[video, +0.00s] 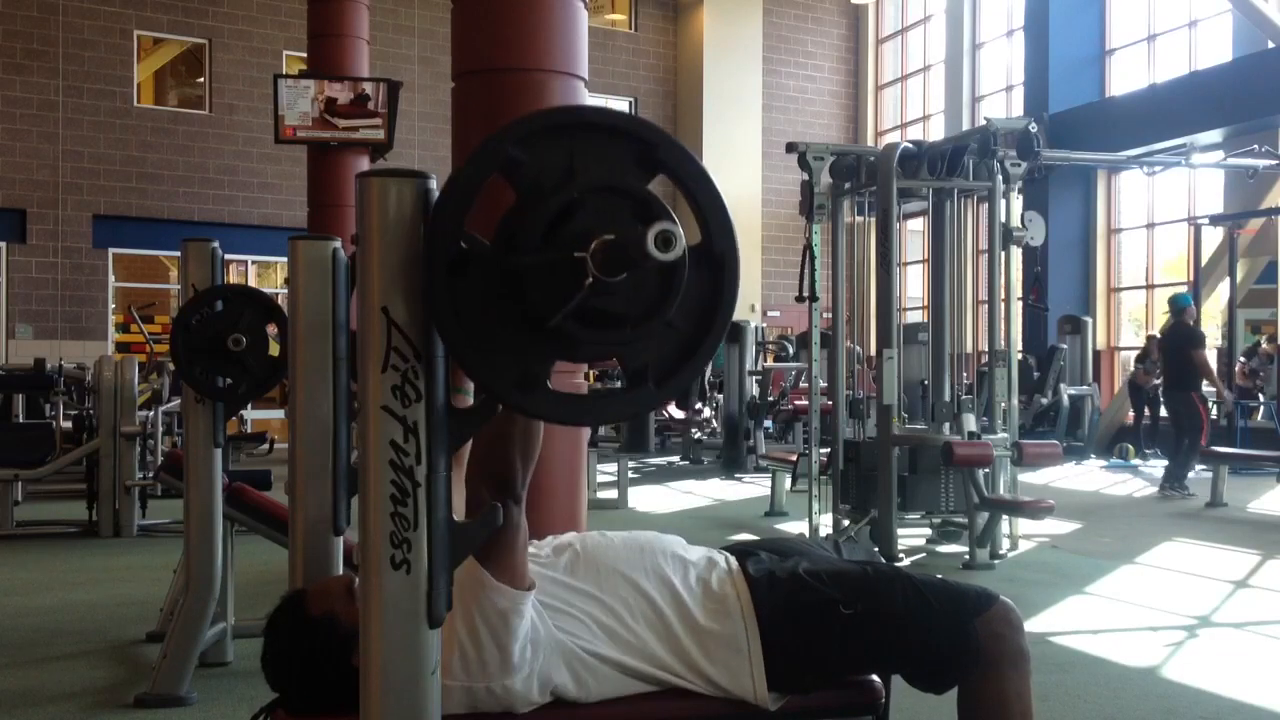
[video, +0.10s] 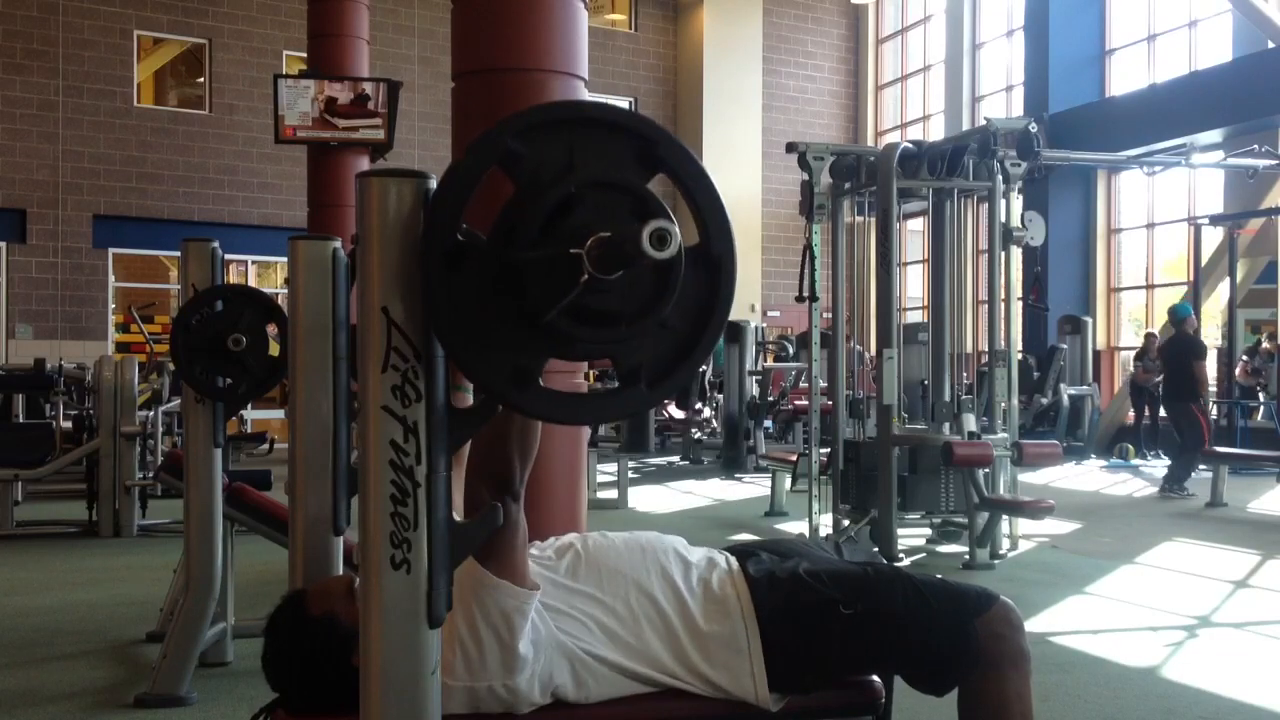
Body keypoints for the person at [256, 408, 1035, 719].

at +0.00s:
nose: (363, 571)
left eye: (347, 571)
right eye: (348, 587)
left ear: (349, 645)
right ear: (358, 640)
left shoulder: (445, 627)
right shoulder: (469, 667)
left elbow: (490, 476)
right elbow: (508, 479)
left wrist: (503, 340)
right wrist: (528, 316)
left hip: (725, 575)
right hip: (749, 617)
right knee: (990, 627)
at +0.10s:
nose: (363, 571)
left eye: (347, 571)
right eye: (348, 587)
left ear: (349, 648)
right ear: (356, 642)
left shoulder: (446, 635)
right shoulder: (469, 670)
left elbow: (488, 484)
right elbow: (505, 481)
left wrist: (497, 336)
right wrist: (530, 311)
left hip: (724, 576)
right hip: (747, 616)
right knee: (990, 628)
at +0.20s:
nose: (368, 575)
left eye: (353, 575)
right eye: (353, 592)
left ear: (351, 659)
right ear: (361, 651)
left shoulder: (444, 630)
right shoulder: (472, 670)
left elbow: (487, 484)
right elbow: (502, 483)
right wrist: (526, 306)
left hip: (722, 574)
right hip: (748, 616)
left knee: (858, 567)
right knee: (990, 628)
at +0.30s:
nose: (362, 581)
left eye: (346, 582)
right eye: (346, 597)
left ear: (354, 639)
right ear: (358, 649)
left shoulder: (438, 629)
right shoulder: (461, 679)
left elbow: (489, 498)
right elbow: (501, 506)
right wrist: (516, 357)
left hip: (717, 578)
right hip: (739, 620)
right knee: (990, 627)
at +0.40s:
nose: (361, 579)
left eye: (344, 582)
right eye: (346, 596)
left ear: (352, 641)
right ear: (358, 647)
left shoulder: (437, 624)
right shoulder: (465, 682)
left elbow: (482, 500)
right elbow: (513, 505)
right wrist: (506, 336)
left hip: (719, 579)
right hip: (741, 620)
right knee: (989, 625)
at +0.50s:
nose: (365, 572)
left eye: (348, 572)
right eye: (349, 591)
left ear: (348, 664)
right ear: (358, 651)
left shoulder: (447, 633)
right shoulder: (470, 675)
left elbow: (554, 516)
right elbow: (541, 523)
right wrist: (510, 362)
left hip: (730, 578)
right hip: (754, 616)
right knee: (992, 629)